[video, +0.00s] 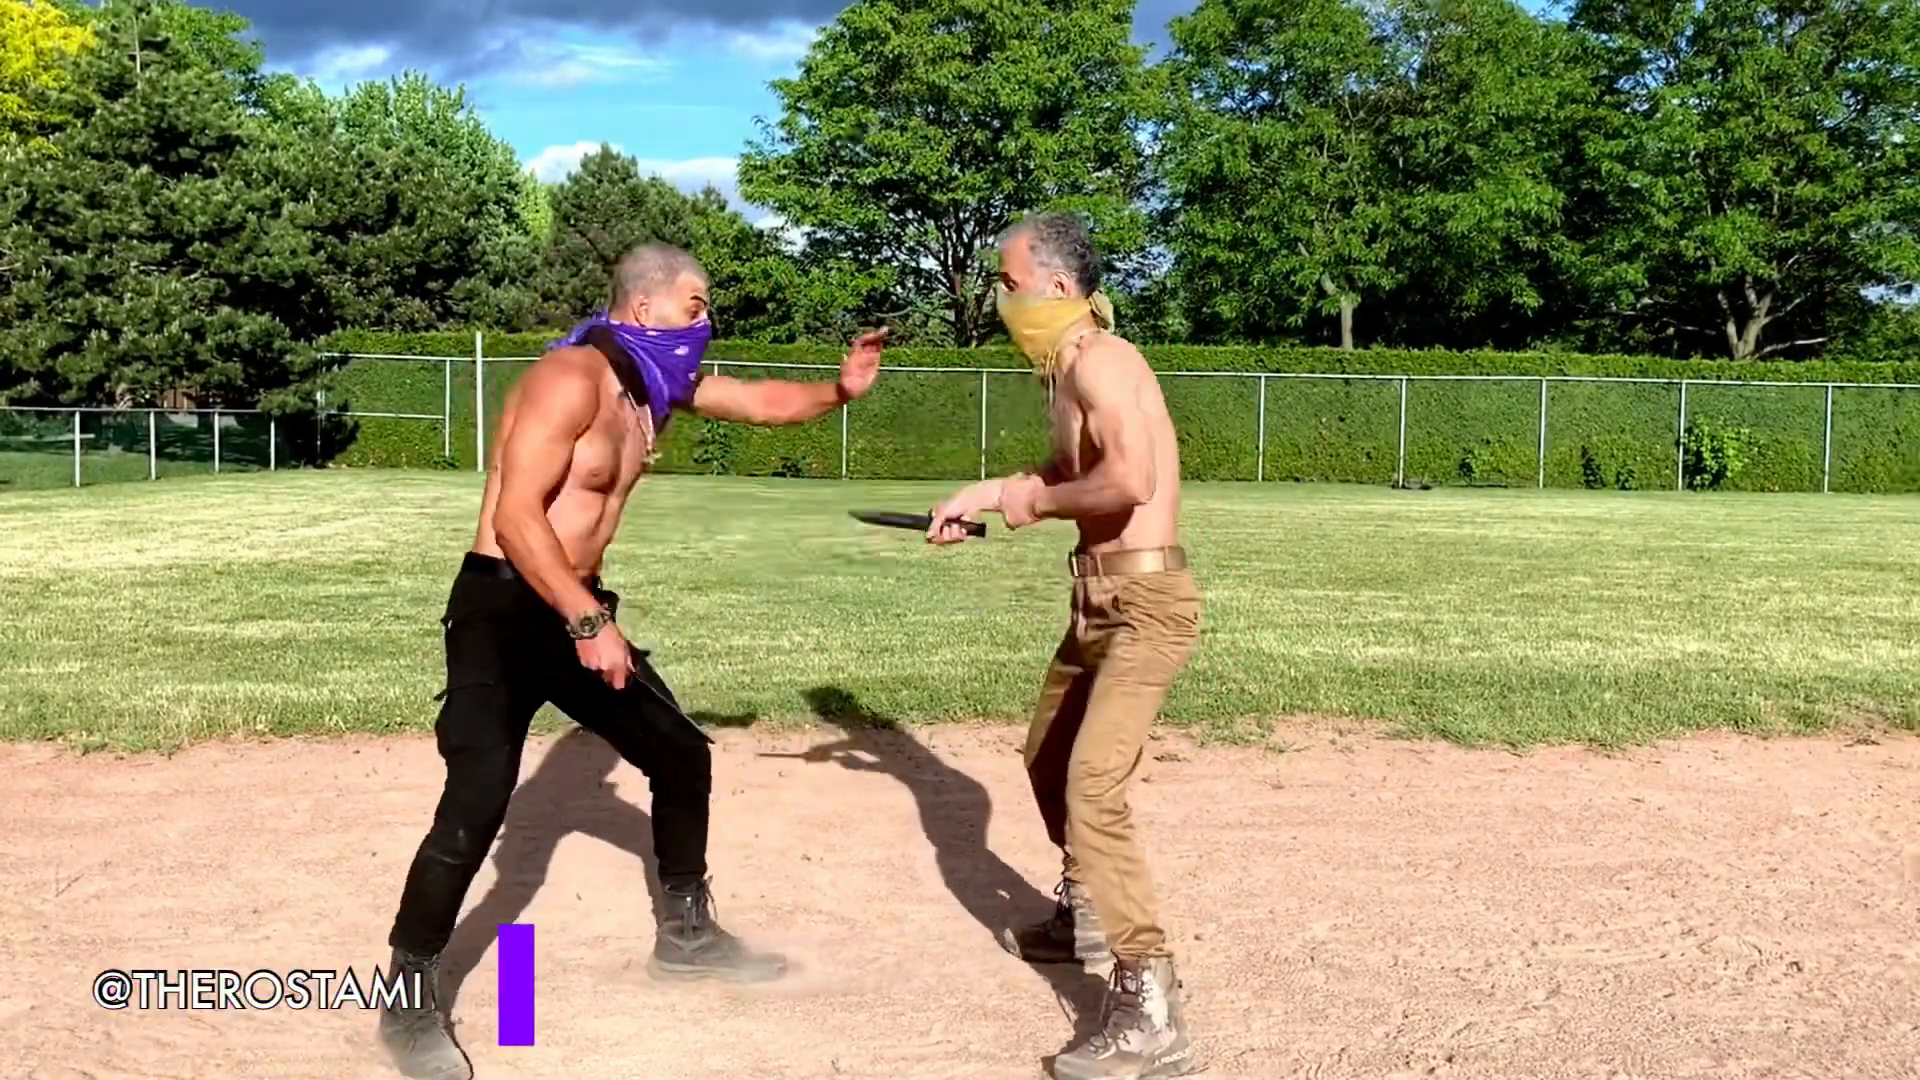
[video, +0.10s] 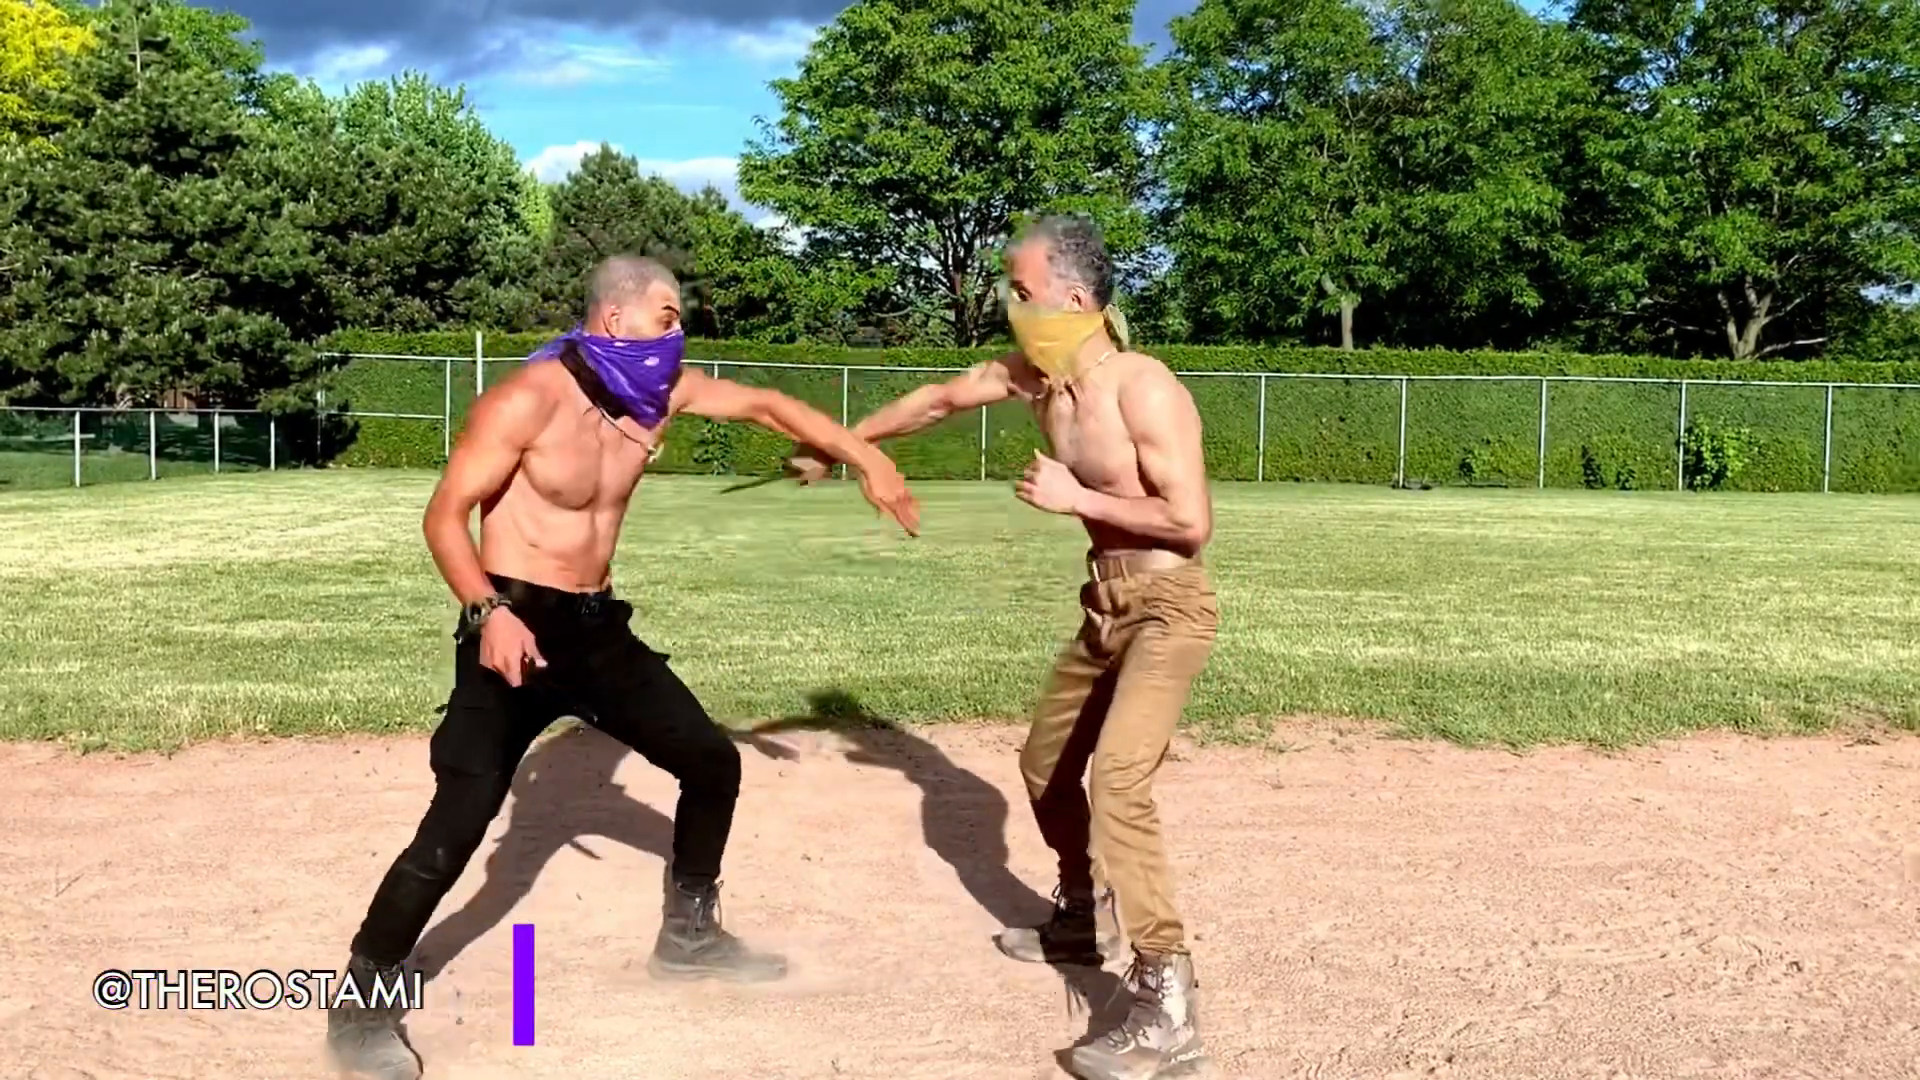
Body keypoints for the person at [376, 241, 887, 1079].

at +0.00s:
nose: (705, 326)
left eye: (706, 311)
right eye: (695, 309)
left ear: (659, 311)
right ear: (641, 307)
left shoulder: (650, 384)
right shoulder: (568, 378)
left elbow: (757, 399)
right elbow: (516, 513)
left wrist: (840, 390)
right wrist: (591, 618)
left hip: (572, 611)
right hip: (499, 607)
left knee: (681, 756)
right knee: (476, 804)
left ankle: (687, 932)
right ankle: (408, 993)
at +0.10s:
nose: (676, 337)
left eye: (679, 322)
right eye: (664, 320)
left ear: (639, 323)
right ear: (609, 322)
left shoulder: (661, 391)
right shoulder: (530, 395)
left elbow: (767, 403)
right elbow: (443, 513)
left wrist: (869, 460)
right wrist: (486, 609)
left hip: (597, 630)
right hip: (511, 629)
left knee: (712, 764)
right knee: (458, 823)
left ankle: (688, 934)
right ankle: (362, 1001)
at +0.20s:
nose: (654, 334)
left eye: (657, 322)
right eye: (642, 318)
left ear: (633, 326)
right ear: (586, 319)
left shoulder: (634, 397)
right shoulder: (514, 417)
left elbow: (672, 423)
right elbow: (482, 554)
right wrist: (562, 618)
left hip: (609, 626)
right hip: (524, 637)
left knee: (720, 762)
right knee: (465, 828)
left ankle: (690, 932)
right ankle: (358, 1000)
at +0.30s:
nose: (665, 318)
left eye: (665, 304)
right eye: (655, 303)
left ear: (607, 307)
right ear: (602, 304)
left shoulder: (606, 396)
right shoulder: (556, 398)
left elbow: (675, 433)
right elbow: (593, 548)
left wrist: (690, 380)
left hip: (601, 625)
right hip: (537, 631)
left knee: (702, 753)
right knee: (492, 819)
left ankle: (689, 931)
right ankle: (362, 997)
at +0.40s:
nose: (663, 304)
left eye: (662, 288)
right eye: (656, 288)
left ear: (590, 286)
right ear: (613, 291)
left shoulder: (542, 350)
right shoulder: (610, 397)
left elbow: (596, 427)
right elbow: (736, 469)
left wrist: (672, 411)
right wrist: (843, 412)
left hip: (594, 612)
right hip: (544, 617)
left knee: (683, 752)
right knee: (485, 810)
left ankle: (688, 931)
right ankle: (366, 994)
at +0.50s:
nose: (667, 298)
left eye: (669, 284)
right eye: (661, 283)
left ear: (603, 277)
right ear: (618, 280)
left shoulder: (564, 337)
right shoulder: (584, 388)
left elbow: (597, 457)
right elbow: (688, 507)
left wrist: (658, 393)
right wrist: (792, 451)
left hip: (612, 596)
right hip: (549, 602)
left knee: (689, 752)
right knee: (492, 795)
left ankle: (689, 931)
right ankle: (380, 984)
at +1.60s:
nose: (560, 375)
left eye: (565, 357)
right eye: (554, 355)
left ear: (518, 328)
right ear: (505, 331)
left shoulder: (501, 378)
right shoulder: (431, 413)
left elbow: (568, 439)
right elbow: (494, 548)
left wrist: (600, 346)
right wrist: (579, 476)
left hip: (557, 608)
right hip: (480, 629)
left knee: (673, 743)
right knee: (458, 831)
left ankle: (686, 919)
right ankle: (365, 988)